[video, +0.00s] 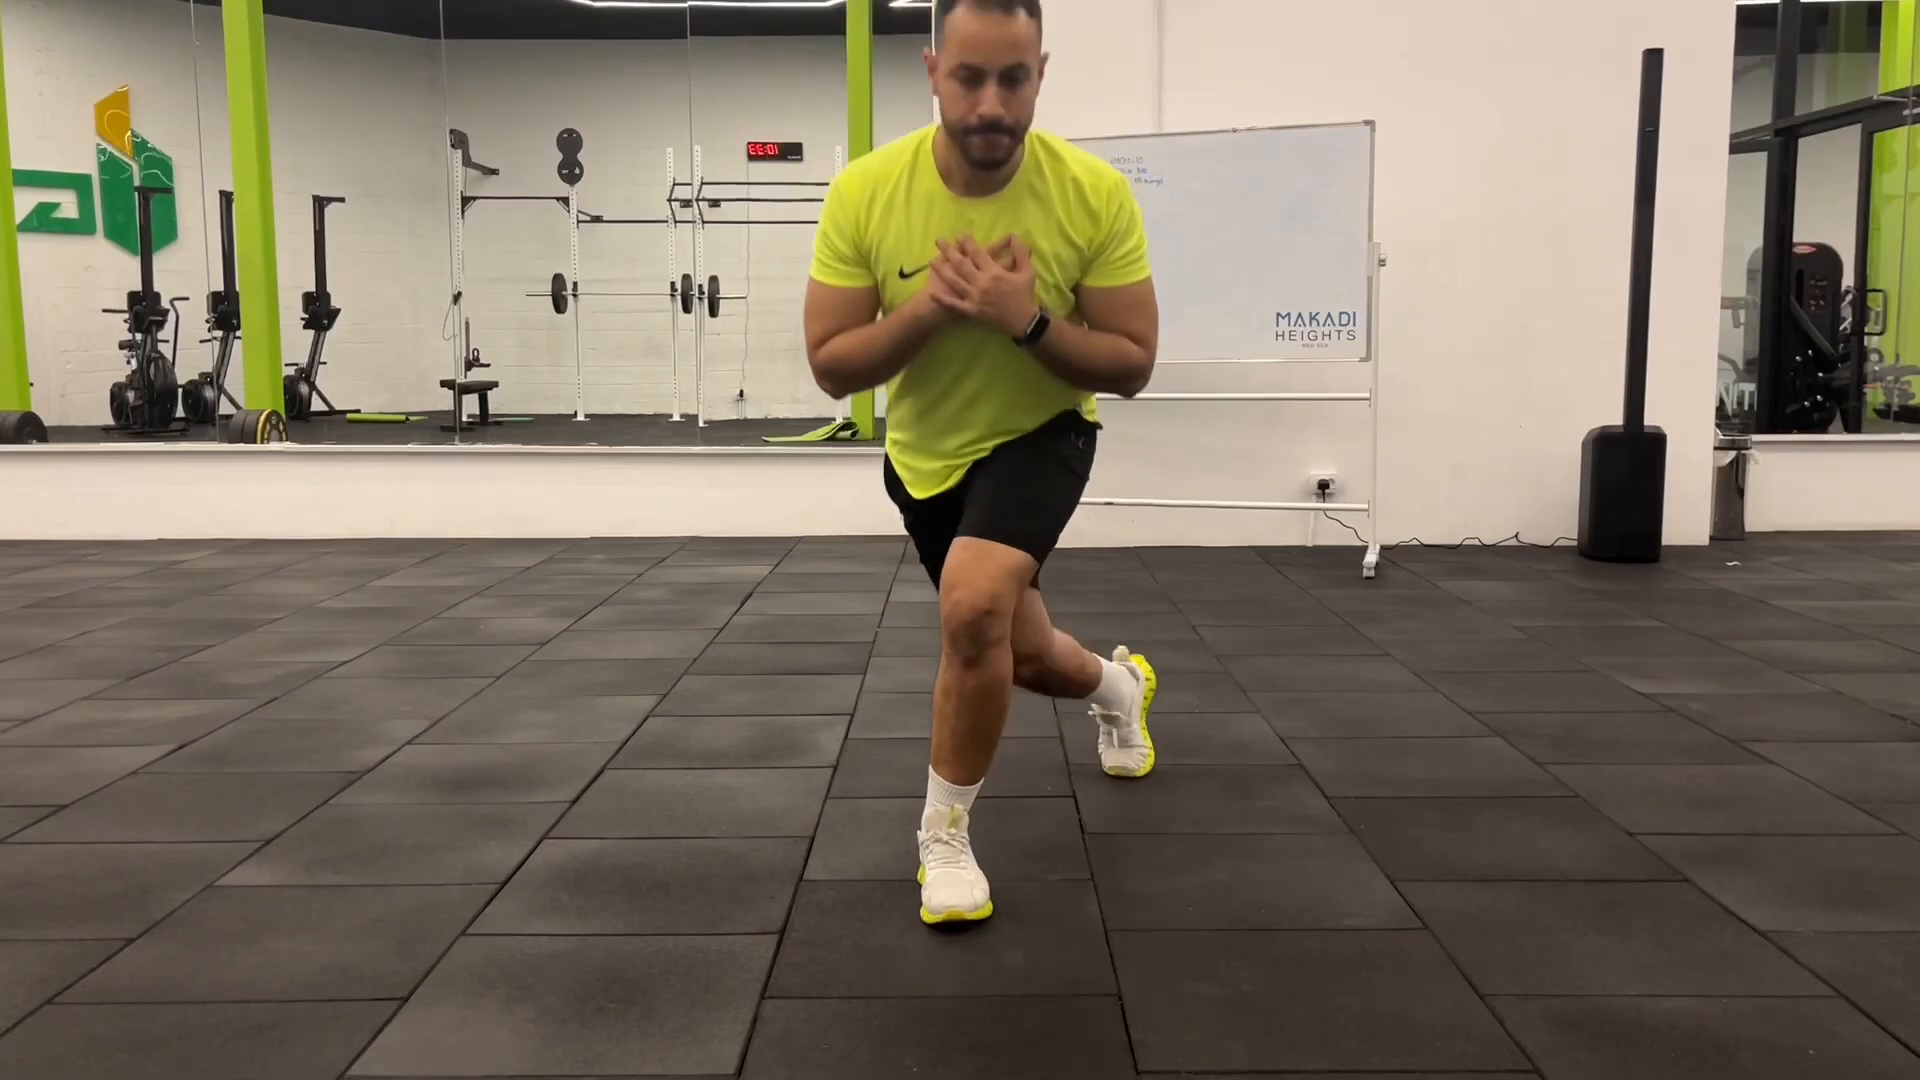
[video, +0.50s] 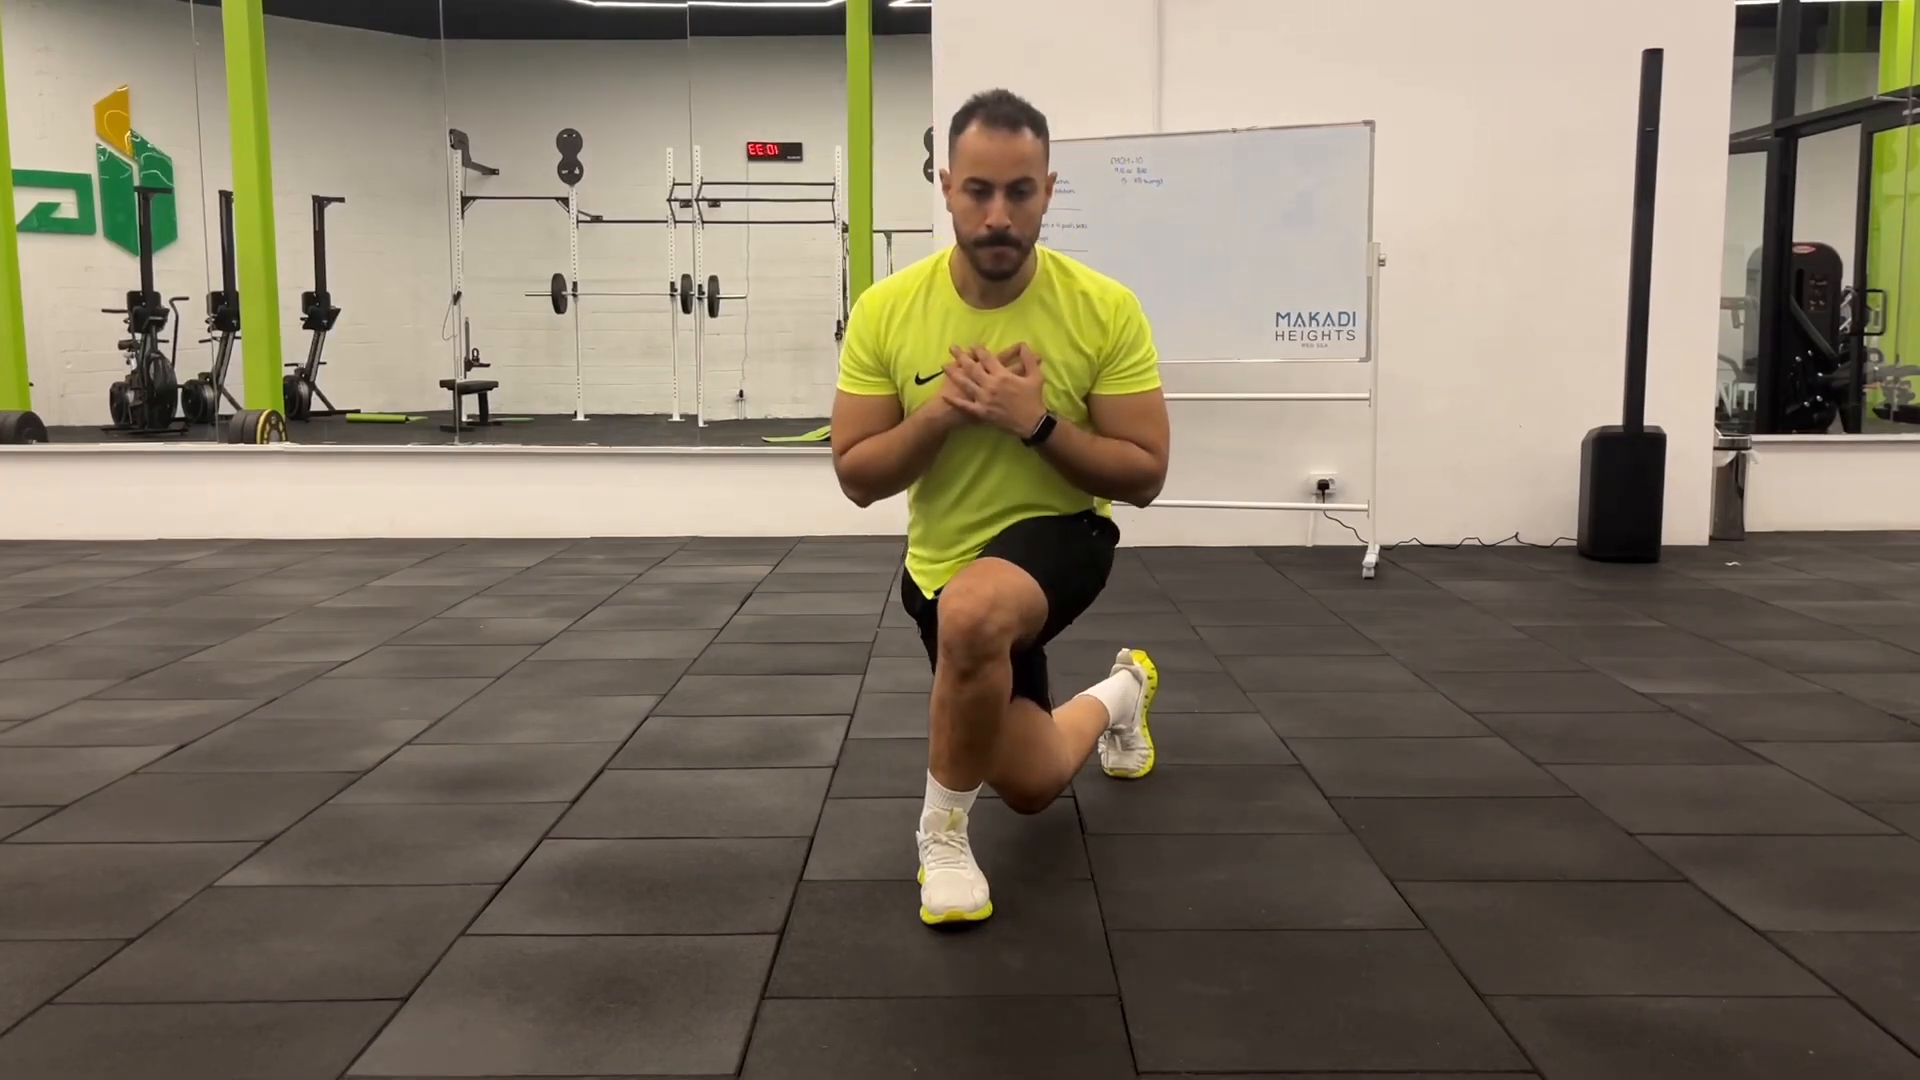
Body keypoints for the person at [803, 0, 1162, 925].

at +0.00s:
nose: (990, 106)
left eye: (1014, 80)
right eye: (969, 80)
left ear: (1041, 77)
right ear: (932, 72)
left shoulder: (1095, 196)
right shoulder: (865, 193)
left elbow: (1132, 363)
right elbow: (831, 364)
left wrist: (1030, 320)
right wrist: (930, 307)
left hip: (1041, 431)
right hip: (925, 450)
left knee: (971, 608)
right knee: (1023, 651)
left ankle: (946, 835)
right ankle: (1118, 687)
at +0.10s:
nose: (992, 151)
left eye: (1013, 124)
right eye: (971, 124)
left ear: (1042, 120)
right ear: (937, 119)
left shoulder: (1099, 236)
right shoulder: (871, 237)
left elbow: (1137, 399)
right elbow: (844, 399)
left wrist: (1035, 359)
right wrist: (933, 346)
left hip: (1050, 459)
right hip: (934, 481)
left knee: (971, 608)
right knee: (1025, 697)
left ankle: (946, 835)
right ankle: (1128, 686)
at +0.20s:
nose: (994, 177)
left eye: (1015, 151)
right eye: (973, 150)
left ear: (1043, 149)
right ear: (937, 150)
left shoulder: (1103, 265)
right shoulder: (877, 266)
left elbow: (1142, 426)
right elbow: (851, 430)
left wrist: (1036, 386)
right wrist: (937, 373)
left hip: (1058, 484)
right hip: (940, 509)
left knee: (970, 609)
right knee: (1029, 729)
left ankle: (944, 831)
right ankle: (1126, 687)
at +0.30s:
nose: (996, 195)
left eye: (1016, 170)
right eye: (975, 169)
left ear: (1045, 169)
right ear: (940, 166)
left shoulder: (1104, 286)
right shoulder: (882, 289)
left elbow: (1143, 447)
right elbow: (855, 453)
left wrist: (1039, 403)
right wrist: (941, 390)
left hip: (1062, 502)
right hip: (944, 525)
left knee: (971, 614)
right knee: (1025, 752)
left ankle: (943, 831)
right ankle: (1125, 690)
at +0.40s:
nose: (998, 208)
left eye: (1019, 183)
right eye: (978, 182)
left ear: (1048, 182)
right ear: (944, 181)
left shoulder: (1106, 301)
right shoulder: (885, 303)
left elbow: (1144, 462)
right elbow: (860, 466)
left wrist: (1041, 417)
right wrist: (943, 403)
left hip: (1062, 515)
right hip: (945, 538)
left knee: (973, 613)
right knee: (1027, 770)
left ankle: (944, 833)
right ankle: (1126, 692)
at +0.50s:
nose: (999, 217)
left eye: (1020, 193)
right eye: (979, 192)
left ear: (1048, 193)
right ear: (946, 191)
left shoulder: (1106, 313)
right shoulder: (885, 313)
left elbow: (1144, 473)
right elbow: (858, 477)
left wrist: (1040, 426)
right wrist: (943, 413)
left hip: (1063, 523)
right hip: (944, 546)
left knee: (970, 613)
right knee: (1028, 782)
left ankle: (943, 831)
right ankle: (1124, 693)